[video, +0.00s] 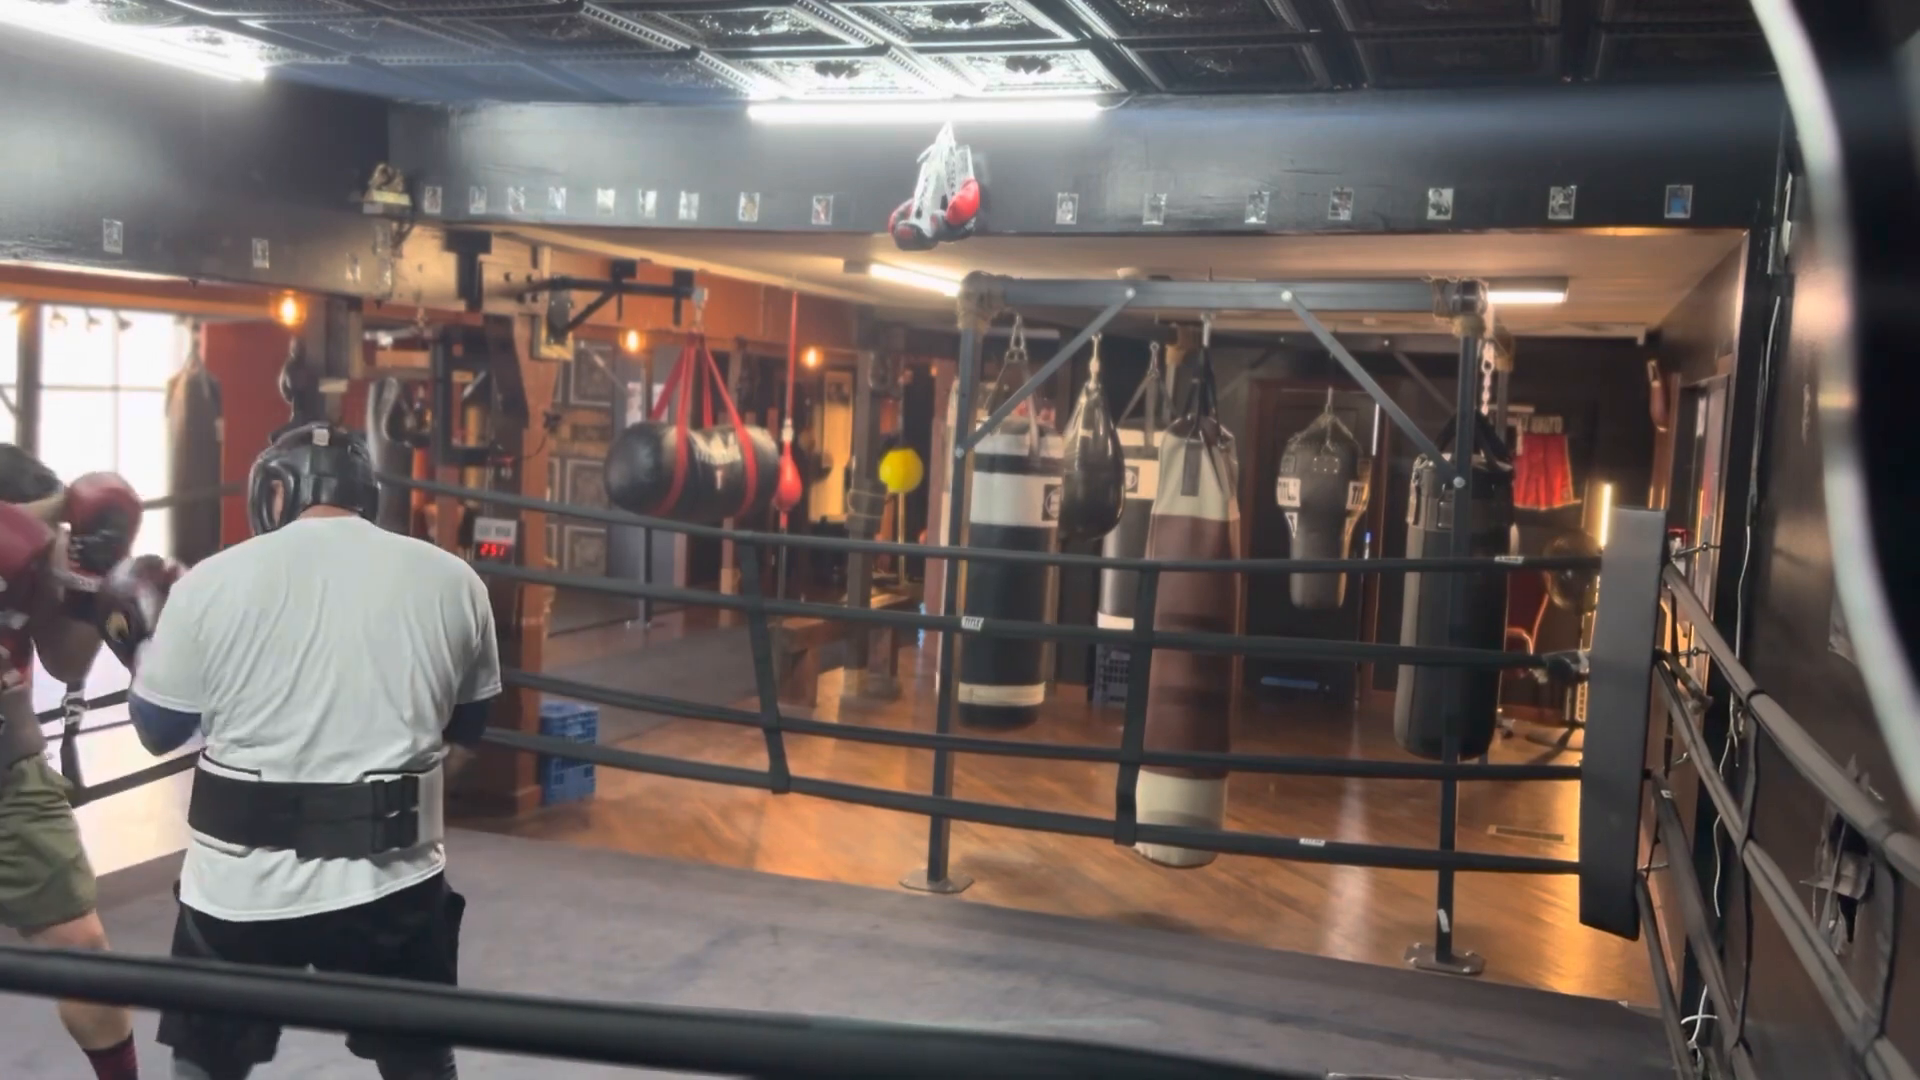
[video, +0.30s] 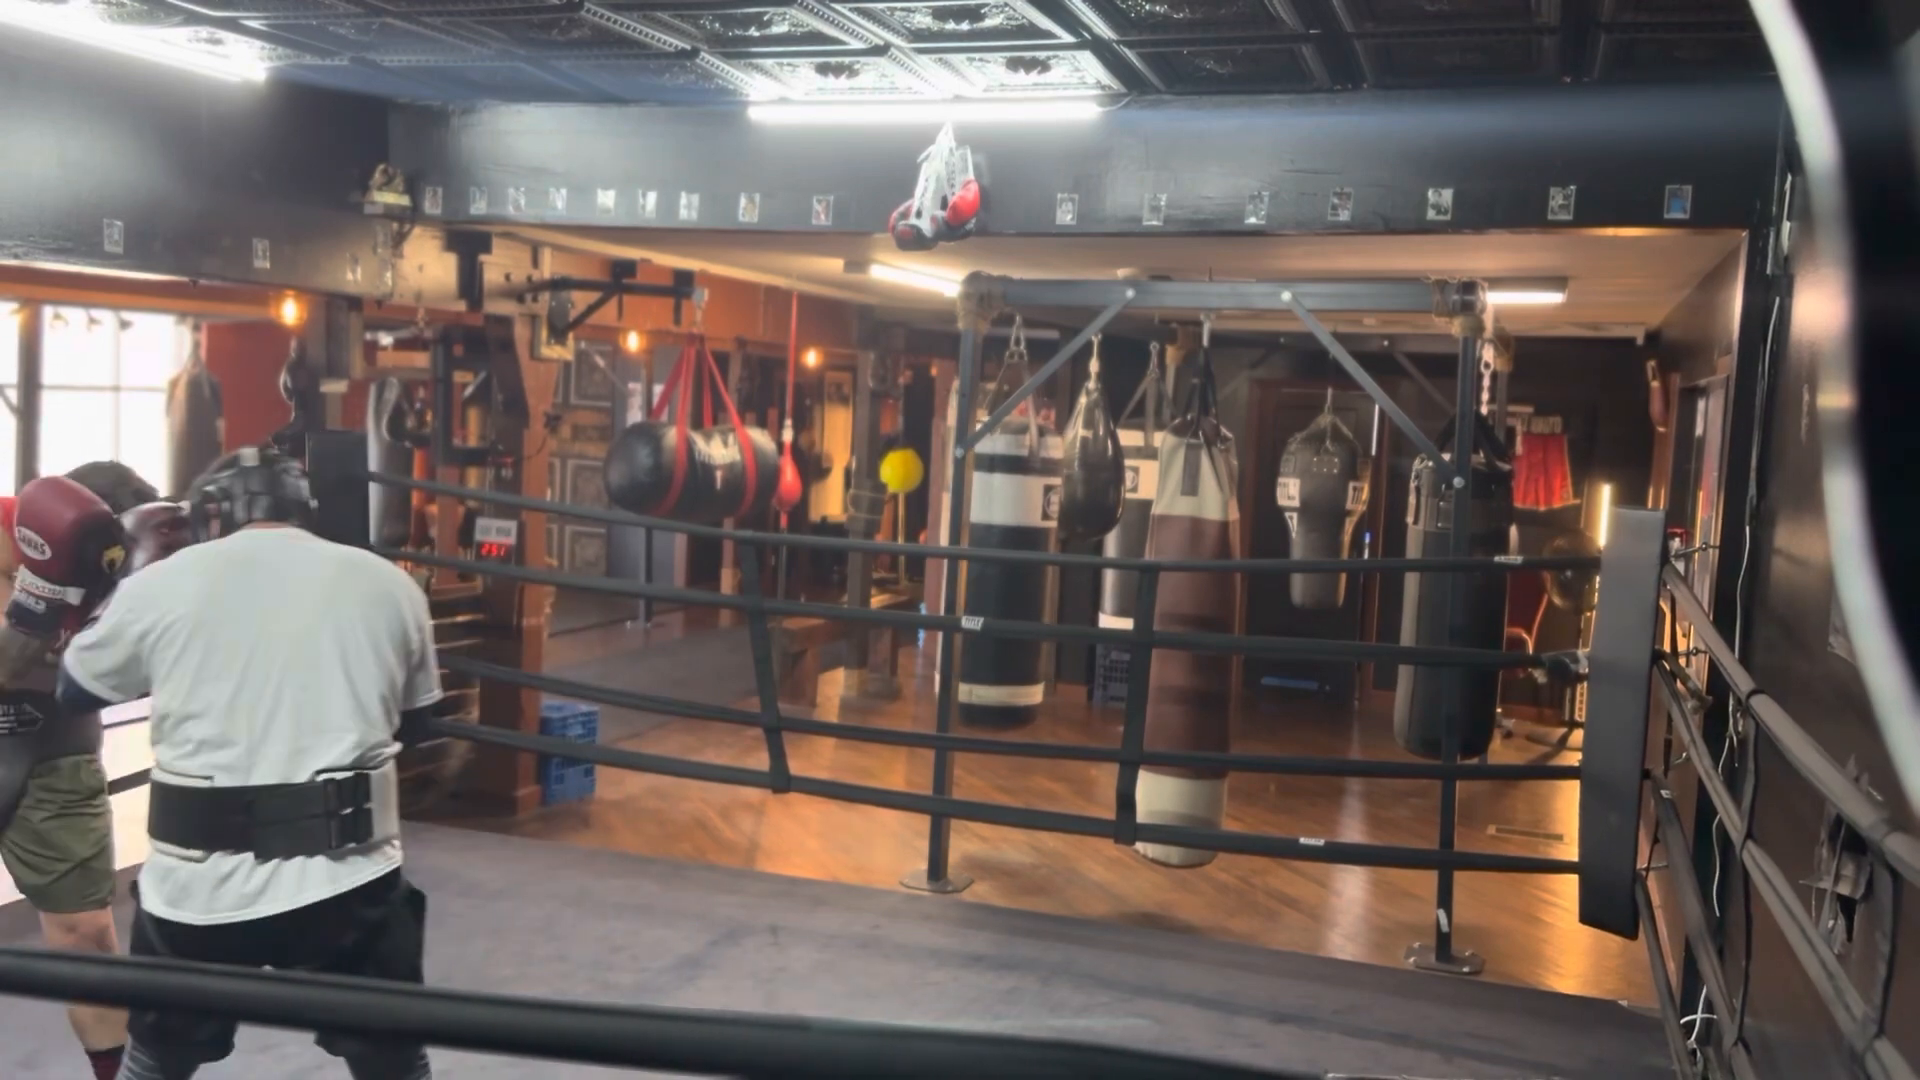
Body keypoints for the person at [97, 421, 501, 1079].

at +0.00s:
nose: (255, 508)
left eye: (260, 494)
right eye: (258, 495)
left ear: (277, 494)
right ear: (369, 497)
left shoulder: (211, 583)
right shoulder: (450, 580)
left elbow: (159, 728)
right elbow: (466, 725)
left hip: (240, 896)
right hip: (393, 895)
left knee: (204, 1062)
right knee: (420, 1063)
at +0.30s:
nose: (194, 529)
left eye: (199, 518)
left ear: (216, 515)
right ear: (303, 511)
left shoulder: (164, 587)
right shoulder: (389, 585)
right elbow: (418, 725)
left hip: (199, 896)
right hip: (350, 894)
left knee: (154, 1061)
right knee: (395, 1066)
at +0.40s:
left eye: (141, 517)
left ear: (161, 519)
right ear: (253, 513)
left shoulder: (112, 592)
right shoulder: (342, 584)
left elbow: (51, 694)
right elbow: (361, 716)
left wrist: (89, 569)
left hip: (167, 905)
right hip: (318, 899)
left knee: (130, 1054)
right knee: (368, 1055)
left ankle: (120, 1060)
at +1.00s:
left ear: (215, 488)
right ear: (306, 496)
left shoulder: (144, 553)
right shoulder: (361, 578)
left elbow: (71, 660)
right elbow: (355, 731)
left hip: (135, 854)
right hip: (272, 863)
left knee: (112, 1017)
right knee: (313, 1049)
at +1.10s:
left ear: (229, 489)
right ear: (317, 496)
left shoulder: (150, 558)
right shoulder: (367, 581)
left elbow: (84, 682)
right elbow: (355, 730)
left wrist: (172, 668)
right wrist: (276, 695)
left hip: (140, 847)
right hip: (276, 858)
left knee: (111, 1011)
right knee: (309, 1048)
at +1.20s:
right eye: (305, 490)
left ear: (207, 496)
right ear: (300, 499)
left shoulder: (139, 553)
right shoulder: (354, 572)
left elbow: (96, 672)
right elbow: (355, 719)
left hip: (147, 838)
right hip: (280, 846)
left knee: (110, 1011)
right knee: (301, 1048)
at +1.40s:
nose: (134, 498)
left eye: (139, 490)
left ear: (148, 492)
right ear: (233, 492)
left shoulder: (109, 551)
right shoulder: (305, 561)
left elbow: (38, 600)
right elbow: (322, 659)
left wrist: (75, 524)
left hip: (134, 833)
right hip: (263, 832)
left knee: (107, 998)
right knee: (298, 1023)